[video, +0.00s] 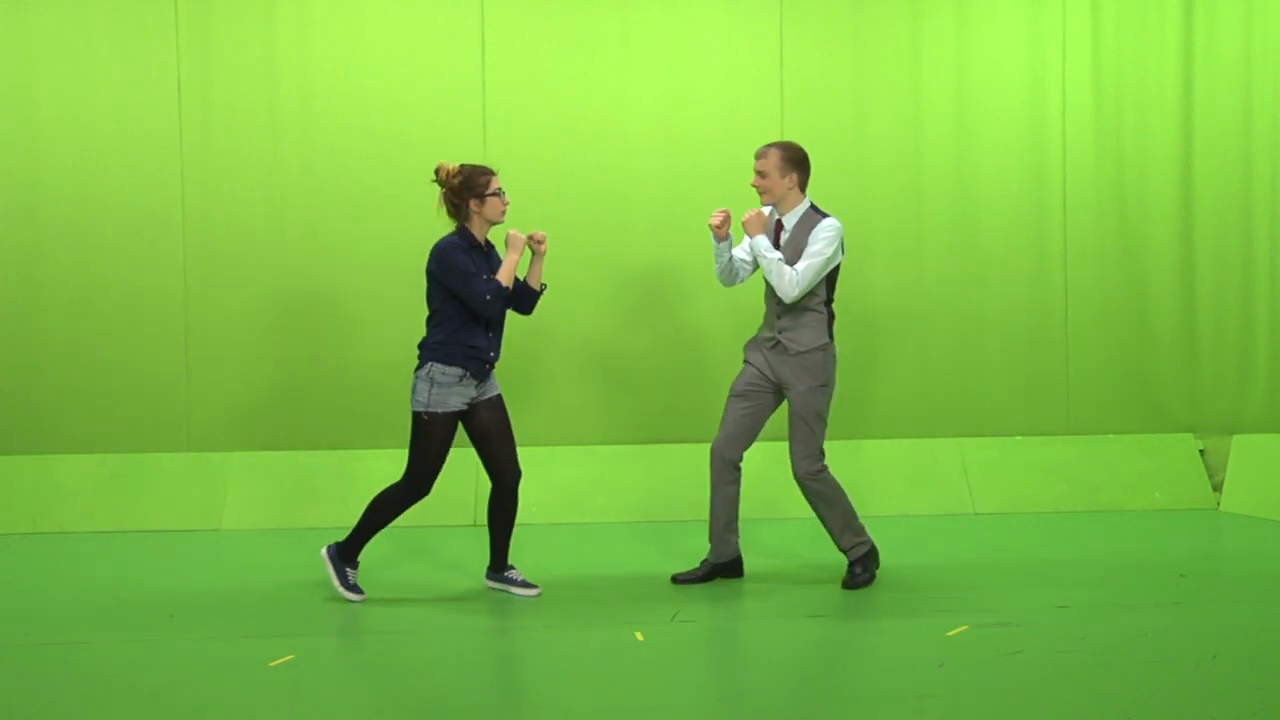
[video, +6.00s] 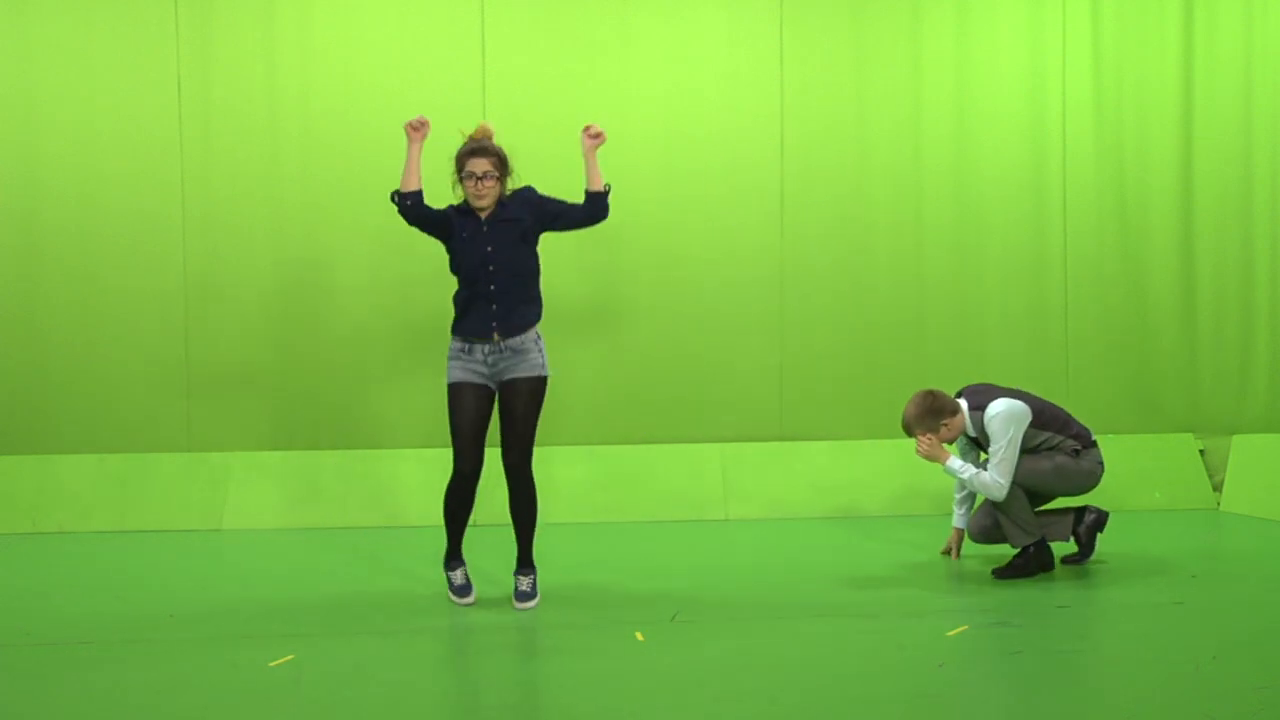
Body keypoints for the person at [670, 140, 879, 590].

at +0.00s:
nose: (755, 183)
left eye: (762, 176)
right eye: (755, 175)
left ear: (792, 179)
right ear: (777, 180)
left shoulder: (827, 230)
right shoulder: (766, 224)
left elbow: (791, 287)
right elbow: (729, 275)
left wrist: (759, 239)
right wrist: (722, 240)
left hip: (810, 359)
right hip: (765, 354)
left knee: (807, 466)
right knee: (725, 450)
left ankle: (861, 551)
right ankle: (724, 556)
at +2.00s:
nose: (728, 206)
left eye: (734, 196)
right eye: (726, 198)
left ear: (764, 194)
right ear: (748, 197)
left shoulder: (808, 239)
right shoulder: (746, 242)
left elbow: (788, 307)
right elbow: (722, 298)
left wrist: (744, 267)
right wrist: (711, 266)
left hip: (810, 368)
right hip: (764, 364)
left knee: (827, 474)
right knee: (712, 447)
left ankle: (873, 555)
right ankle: (699, 558)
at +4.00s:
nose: (726, 206)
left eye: (732, 198)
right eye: (724, 198)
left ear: (762, 199)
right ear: (753, 201)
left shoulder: (802, 244)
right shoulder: (746, 246)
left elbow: (770, 308)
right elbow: (720, 299)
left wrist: (735, 264)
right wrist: (704, 263)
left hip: (811, 375)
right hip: (769, 370)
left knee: (822, 484)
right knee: (716, 455)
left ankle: (899, 552)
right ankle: (730, 559)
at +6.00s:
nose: (933, 444)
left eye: (930, 439)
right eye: (927, 441)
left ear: (946, 427)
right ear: (946, 420)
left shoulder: (1001, 413)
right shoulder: (962, 414)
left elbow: (997, 488)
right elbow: (967, 473)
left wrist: (946, 458)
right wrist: (958, 528)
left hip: (1081, 463)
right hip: (1050, 467)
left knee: (997, 471)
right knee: (981, 527)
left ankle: (1036, 551)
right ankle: (1079, 519)